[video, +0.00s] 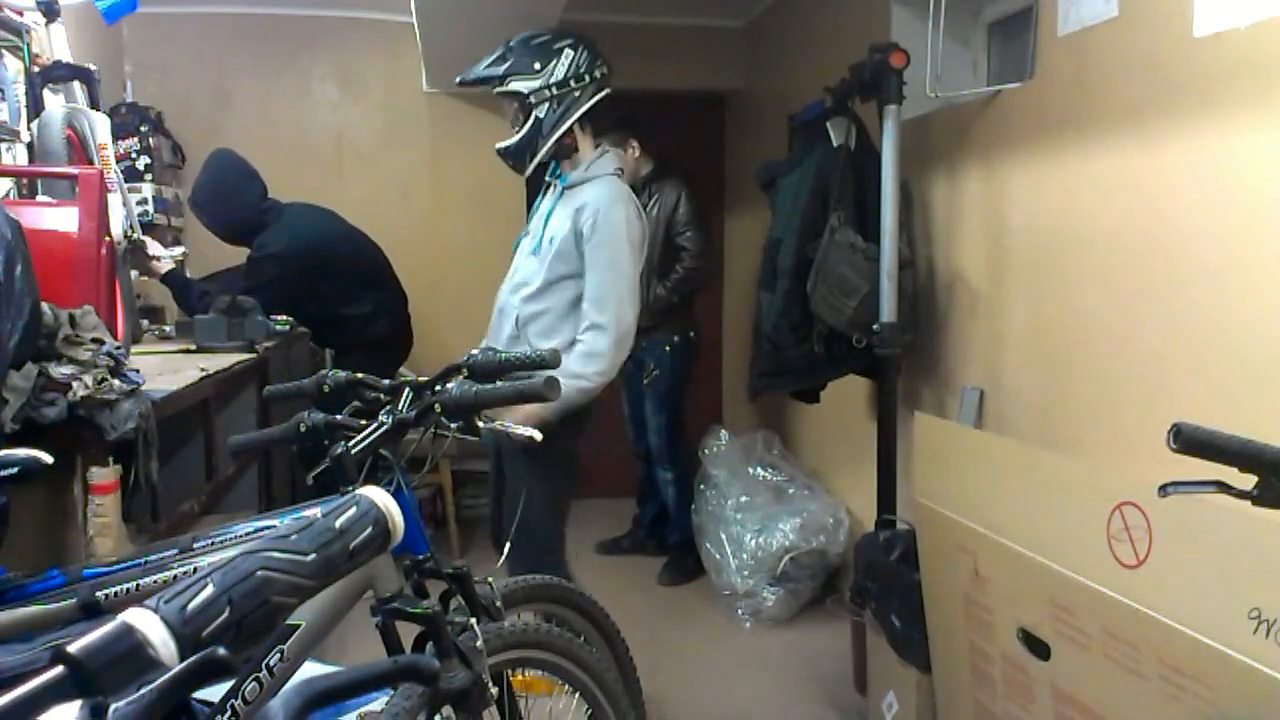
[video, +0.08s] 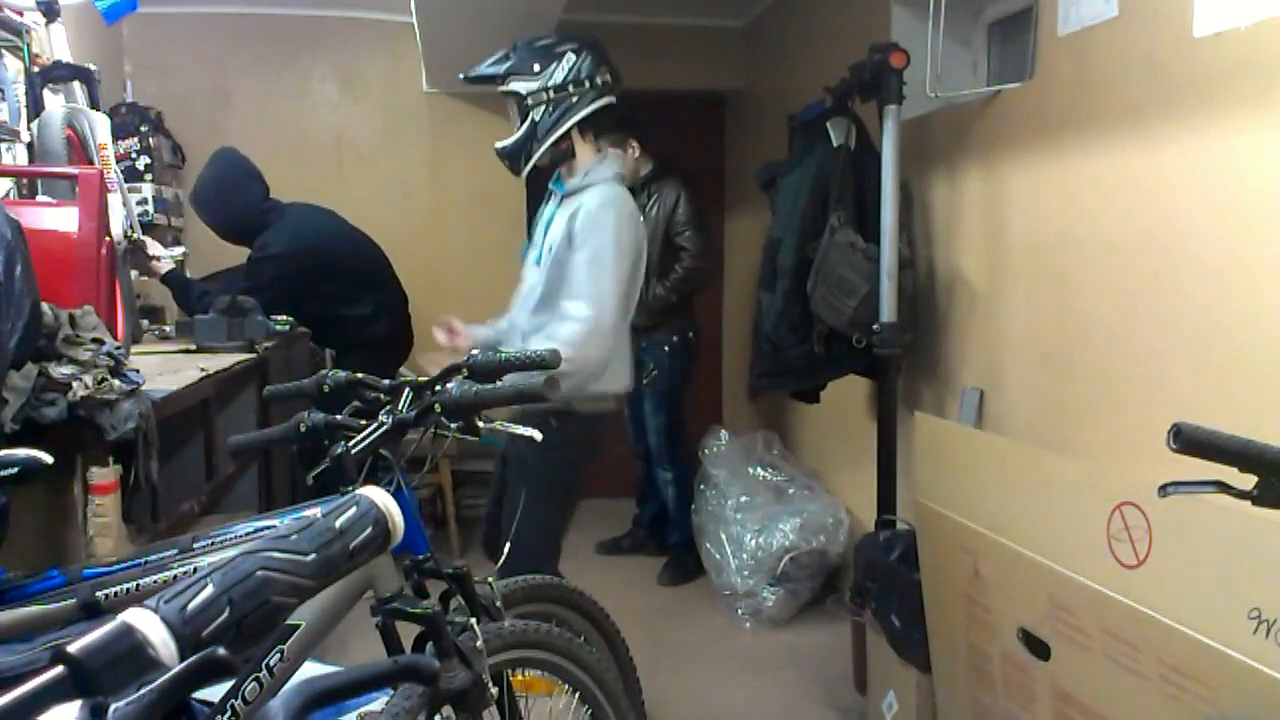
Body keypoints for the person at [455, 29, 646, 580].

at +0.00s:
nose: (512, 128)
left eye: (520, 111)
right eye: (512, 112)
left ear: (560, 114)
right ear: (562, 114)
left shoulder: (607, 199)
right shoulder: (560, 190)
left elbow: (610, 328)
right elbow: (532, 305)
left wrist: (546, 404)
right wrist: (485, 381)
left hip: (545, 405)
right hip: (512, 397)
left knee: (533, 558)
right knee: (510, 542)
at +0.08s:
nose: (516, 125)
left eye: (523, 109)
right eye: (517, 110)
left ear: (560, 108)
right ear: (564, 111)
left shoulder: (606, 206)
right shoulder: (563, 201)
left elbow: (589, 341)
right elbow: (530, 317)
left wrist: (492, 364)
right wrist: (476, 335)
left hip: (567, 412)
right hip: (533, 405)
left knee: (526, 561)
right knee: (500, 543)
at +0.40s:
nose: (522, 112)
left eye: (526, 95)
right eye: (522, 96)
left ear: (555, 94)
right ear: (596, 97)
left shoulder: (591, 193)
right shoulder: (626, 189)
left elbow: (574, 334)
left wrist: (495, 406)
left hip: (566, 416)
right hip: (594, 409)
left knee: (528, 565)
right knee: (542, 556)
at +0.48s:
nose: (528, 122)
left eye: (530, 104)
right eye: (527, 105)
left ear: (556, 102)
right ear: (612, 102)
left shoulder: (586, 204)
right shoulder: (630, 196)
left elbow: (515, 332)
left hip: (581, 434)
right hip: (614, 428)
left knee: (522, 580)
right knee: (549, 566)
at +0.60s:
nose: (533, 123)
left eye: (534, 105)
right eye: (531, 106)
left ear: (556, 103)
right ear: (618, 100)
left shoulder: (585, 200)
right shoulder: (643, 196)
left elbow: (529, 326)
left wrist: (440, 377)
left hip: (567, 426)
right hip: (612, 419)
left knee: (526, 574)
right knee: (554, 560)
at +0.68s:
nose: (530, 114)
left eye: (531, 99)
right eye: (528, 98)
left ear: (551, 97)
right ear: (620, 94)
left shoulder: (578, 192)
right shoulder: (655, 193)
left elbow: (566, 331)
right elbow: (661, 315)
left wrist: (497, 430)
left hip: (565, 414)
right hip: (610, 409)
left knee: (539, 552)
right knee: (554, 540)